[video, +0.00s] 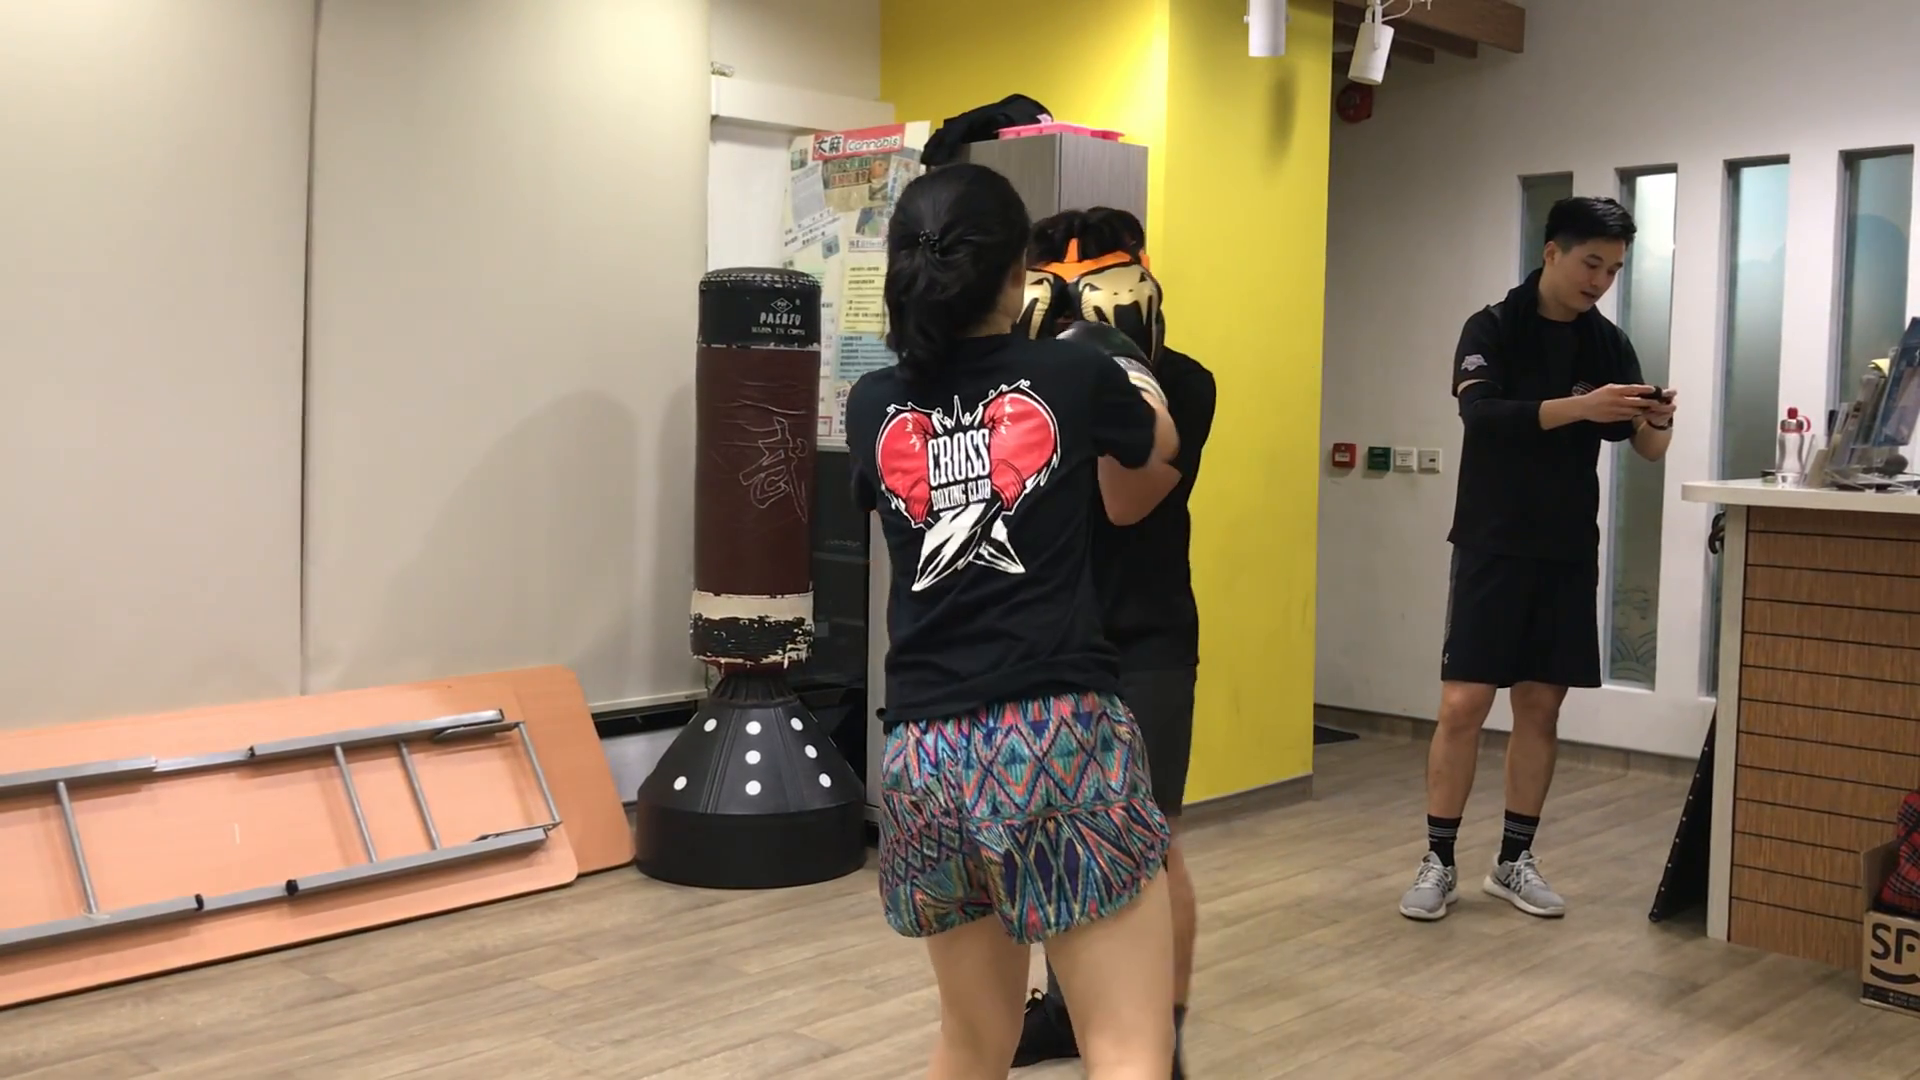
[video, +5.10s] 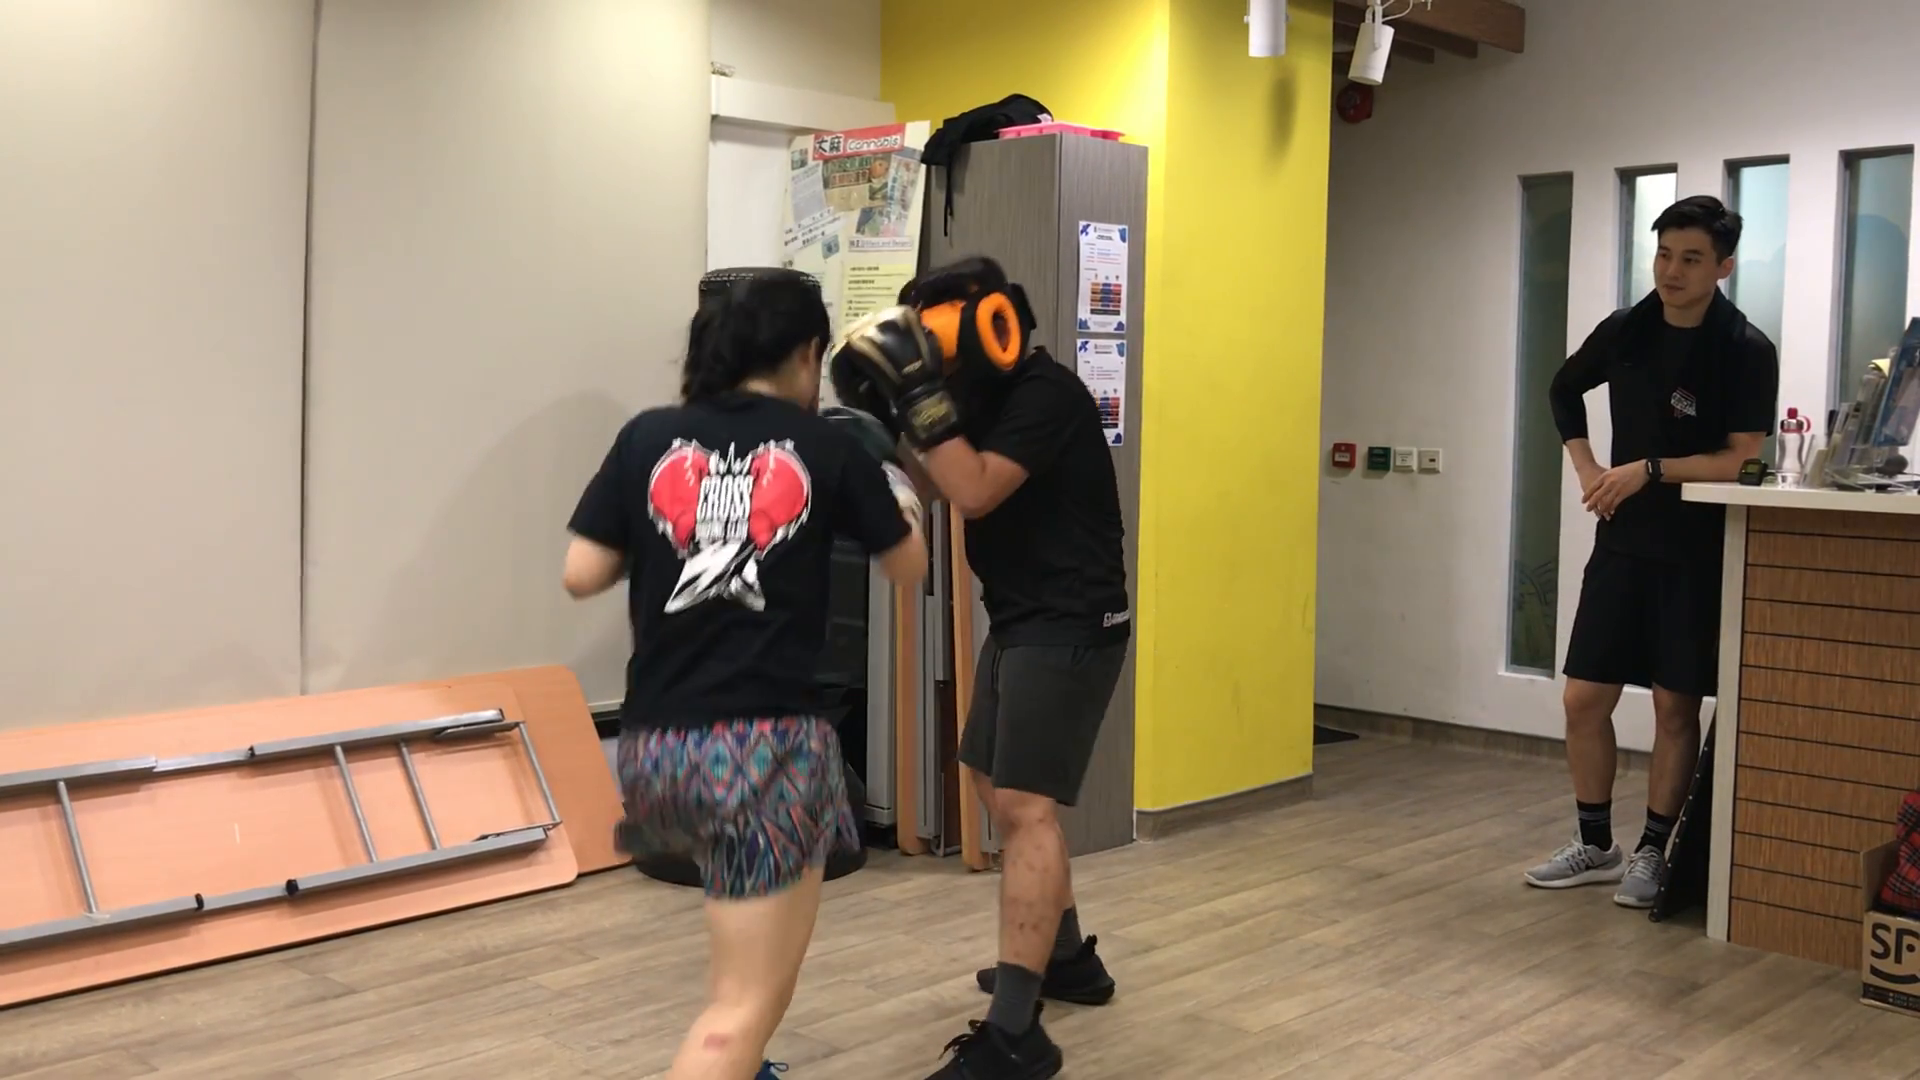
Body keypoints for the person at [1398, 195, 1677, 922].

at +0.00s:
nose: (1601, 281)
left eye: (1612, 270)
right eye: (1591, 264)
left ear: (1616, 270)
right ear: (1551, 251)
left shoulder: (1608, 345)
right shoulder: (1490, 328)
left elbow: (1650, 449)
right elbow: (1482, 415)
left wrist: (1656, 421)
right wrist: (1585, 407)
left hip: (1565, 551)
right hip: (1489, 545)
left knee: (1539, 708)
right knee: (1462, 705)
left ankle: (1516, 861)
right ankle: (1438, 862)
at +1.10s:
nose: (1556, 252)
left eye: (1571, 240)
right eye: (1543, 238)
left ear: (1592, 252)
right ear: (1521, 246)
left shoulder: (1603, 339)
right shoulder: (1484, 322)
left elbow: (1642, 433)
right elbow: (1462, 356)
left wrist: (1704, 459)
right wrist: (1498, 345)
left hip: (1566, 546)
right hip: (1489, 539)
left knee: (1541, 708)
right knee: (1460, 706)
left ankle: (1514, 861)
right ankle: (1437, 863)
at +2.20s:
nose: (1571, 254)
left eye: (1587, 243)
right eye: (1558, 240)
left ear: (1605, 253)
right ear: (1536, 245)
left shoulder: (1617, 340)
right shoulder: (1502, 325)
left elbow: (1641, 437)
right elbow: (1449, 412)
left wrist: (1684, 457)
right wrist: (1526, 381)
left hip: (1573, 545)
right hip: (1496, 539)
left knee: (1543, 706)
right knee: (1468, 700)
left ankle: (1515, 861)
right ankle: (1435, 861)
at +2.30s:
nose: (1577, 256)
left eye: (1593, 244)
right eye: (1565, 241)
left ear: (1613, 254)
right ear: (1543, 247)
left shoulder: (1626, 343)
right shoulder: (1502, 335)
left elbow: (1646, 439)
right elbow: (1451, 431)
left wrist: (1665, 453)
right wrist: (1505, 457)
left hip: (1577, 548)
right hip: (1499, 542)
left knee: (1545, 705)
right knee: (1468, 699)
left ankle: (1515, 861)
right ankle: (1434, 859)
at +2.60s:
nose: (1571, 259)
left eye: (1588, 248)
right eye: (1560, 245)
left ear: (1612, 258)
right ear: (1544, 251)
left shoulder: (1641, 346)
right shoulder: (1509, 337)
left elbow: (1675, 437)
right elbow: (1466, 424)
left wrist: (1651, 459)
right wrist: (1468, 491)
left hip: (1588, 550)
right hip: (1508, 540)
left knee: (1554, 706)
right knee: (1482, 700)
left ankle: (1519, 857)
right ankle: (1528, 798)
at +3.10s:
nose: (1575, 268)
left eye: (1591, 256)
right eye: (1566, 254)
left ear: (1620, 262)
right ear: (1554, 257)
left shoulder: (1652, 343)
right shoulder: (1532, 339)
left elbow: (1695, 438)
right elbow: (1489, 425)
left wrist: (1640, 468)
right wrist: (1488, 482)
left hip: (1615, 536)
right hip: (1545, 532)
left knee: (1600, 694)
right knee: (1553, 690)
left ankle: (1631, 847)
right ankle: (1577, 841)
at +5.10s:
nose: (1671, 269)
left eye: (1690, 258)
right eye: (1664, 255)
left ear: (1724, 264)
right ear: (1652, 255)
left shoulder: (1746, 350)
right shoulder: (1627, 329)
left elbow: (1746, 457)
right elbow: (1564, 389)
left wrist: (1649, 469)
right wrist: (1586, 468)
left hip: (1699, 546)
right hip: (1624, 538)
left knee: (1674, 706)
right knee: (1583, 695)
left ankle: (1652, 854)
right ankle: (1594, 844)